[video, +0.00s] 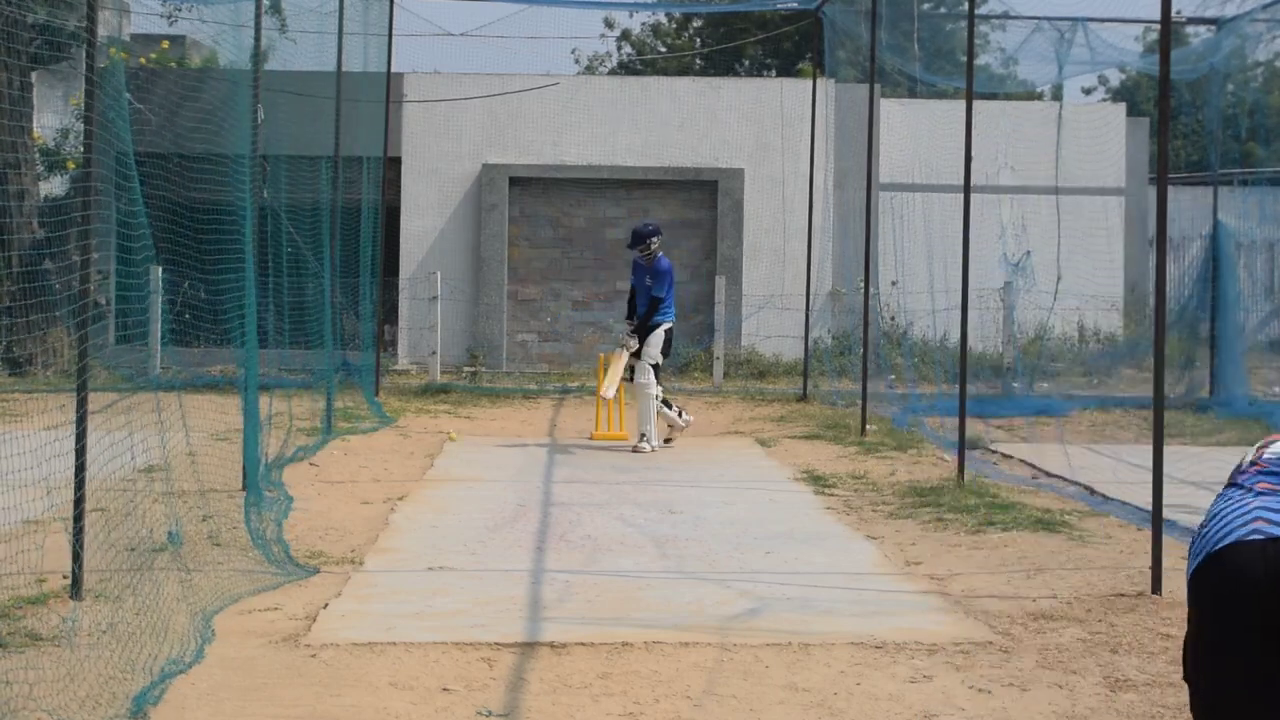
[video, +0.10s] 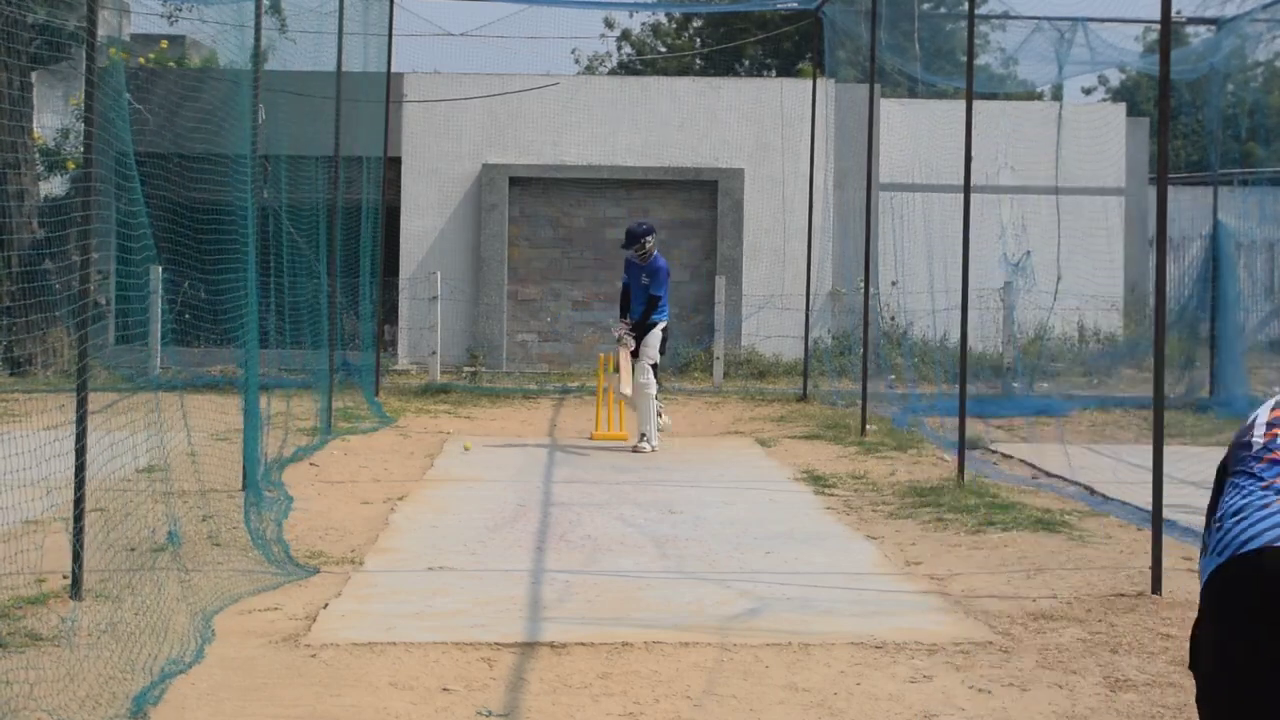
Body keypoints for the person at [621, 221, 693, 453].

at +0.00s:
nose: (640, 251)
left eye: (643, 246)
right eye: (638, 247)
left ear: (655, 243)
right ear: (638, 246)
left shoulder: (662, 267)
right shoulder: (638, 262)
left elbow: (655, 305)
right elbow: (633, 293)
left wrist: (636, 334)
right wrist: (631, 321)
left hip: (660, 327)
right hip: (642, 326)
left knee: (646, 376)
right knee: (636, 379)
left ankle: (648, 438)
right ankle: (676, 418)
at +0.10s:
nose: (634, 251)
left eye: (637, 247)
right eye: (632, 247)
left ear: (649, 243)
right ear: (631, 246)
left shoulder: (659, 267)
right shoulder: (631, 262)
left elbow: (653, 305)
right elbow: (626, 290)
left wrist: (634, 331)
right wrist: (623, 319)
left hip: (654, 324)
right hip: (634, 323)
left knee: (644, 376)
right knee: (630, 382)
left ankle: (648, 437)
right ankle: (655, 413)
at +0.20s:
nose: (625, 255)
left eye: (629, 250)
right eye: (622, 251)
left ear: (641, 244)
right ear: (618, 248)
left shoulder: (651, 267)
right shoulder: (619, 261)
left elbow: (645, 307)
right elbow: (613, 290)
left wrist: (628, 337)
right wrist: (612, 319)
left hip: (645, 326)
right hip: (623, 325)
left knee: (642, 376)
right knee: (601, 373)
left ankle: (647, 437)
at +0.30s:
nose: (617, 259)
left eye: (620, 254)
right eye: (614, 255)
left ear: (632, 248)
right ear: (611, 251)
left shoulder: (645, 267)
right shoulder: (610, 262)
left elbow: (641, 308)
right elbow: (603, 292)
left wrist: (626, 337)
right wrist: (601, 323)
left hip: (638, 328)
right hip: (612, 326)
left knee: (637, 378)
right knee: (593, 374)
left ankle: (646, 438)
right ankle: (581, 434)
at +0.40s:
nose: (605, 265)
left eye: (608, 261)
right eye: (601, 262)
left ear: (619, 252)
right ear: (595, 255)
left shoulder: (632, 270)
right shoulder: (592, 268)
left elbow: (637, 304)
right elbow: (584, 299)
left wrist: (626, 332)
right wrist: (581, 330)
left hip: (624, 330)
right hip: (597, 329)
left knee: (629, 381)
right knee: (580, 382)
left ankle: (645, 437)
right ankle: (564, 433)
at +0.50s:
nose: (597, 269)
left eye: (601, 265)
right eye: (593, 265)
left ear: (609, 256)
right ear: (586, 258)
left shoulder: (622, 269)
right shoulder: (580, 270)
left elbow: (632, 300)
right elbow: (572, 304)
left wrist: (634, 330)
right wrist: (568, 335)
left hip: (615, 331)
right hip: (585, 330)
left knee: (625, 380)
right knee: (577, 381)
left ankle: (640, 434)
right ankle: (565, 433)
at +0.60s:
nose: (588, 272)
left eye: (592, 268)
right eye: (585, 268)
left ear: (601, 259)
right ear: (578, 259)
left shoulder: (611, 268)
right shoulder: (569, 272)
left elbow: (621, 295)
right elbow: (561, 307)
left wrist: (635, 322)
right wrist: (555, 341)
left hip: (603, 330)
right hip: (575, 330)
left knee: (619, 381)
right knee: (572, 383)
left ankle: (623, 434)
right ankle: (566, 434)